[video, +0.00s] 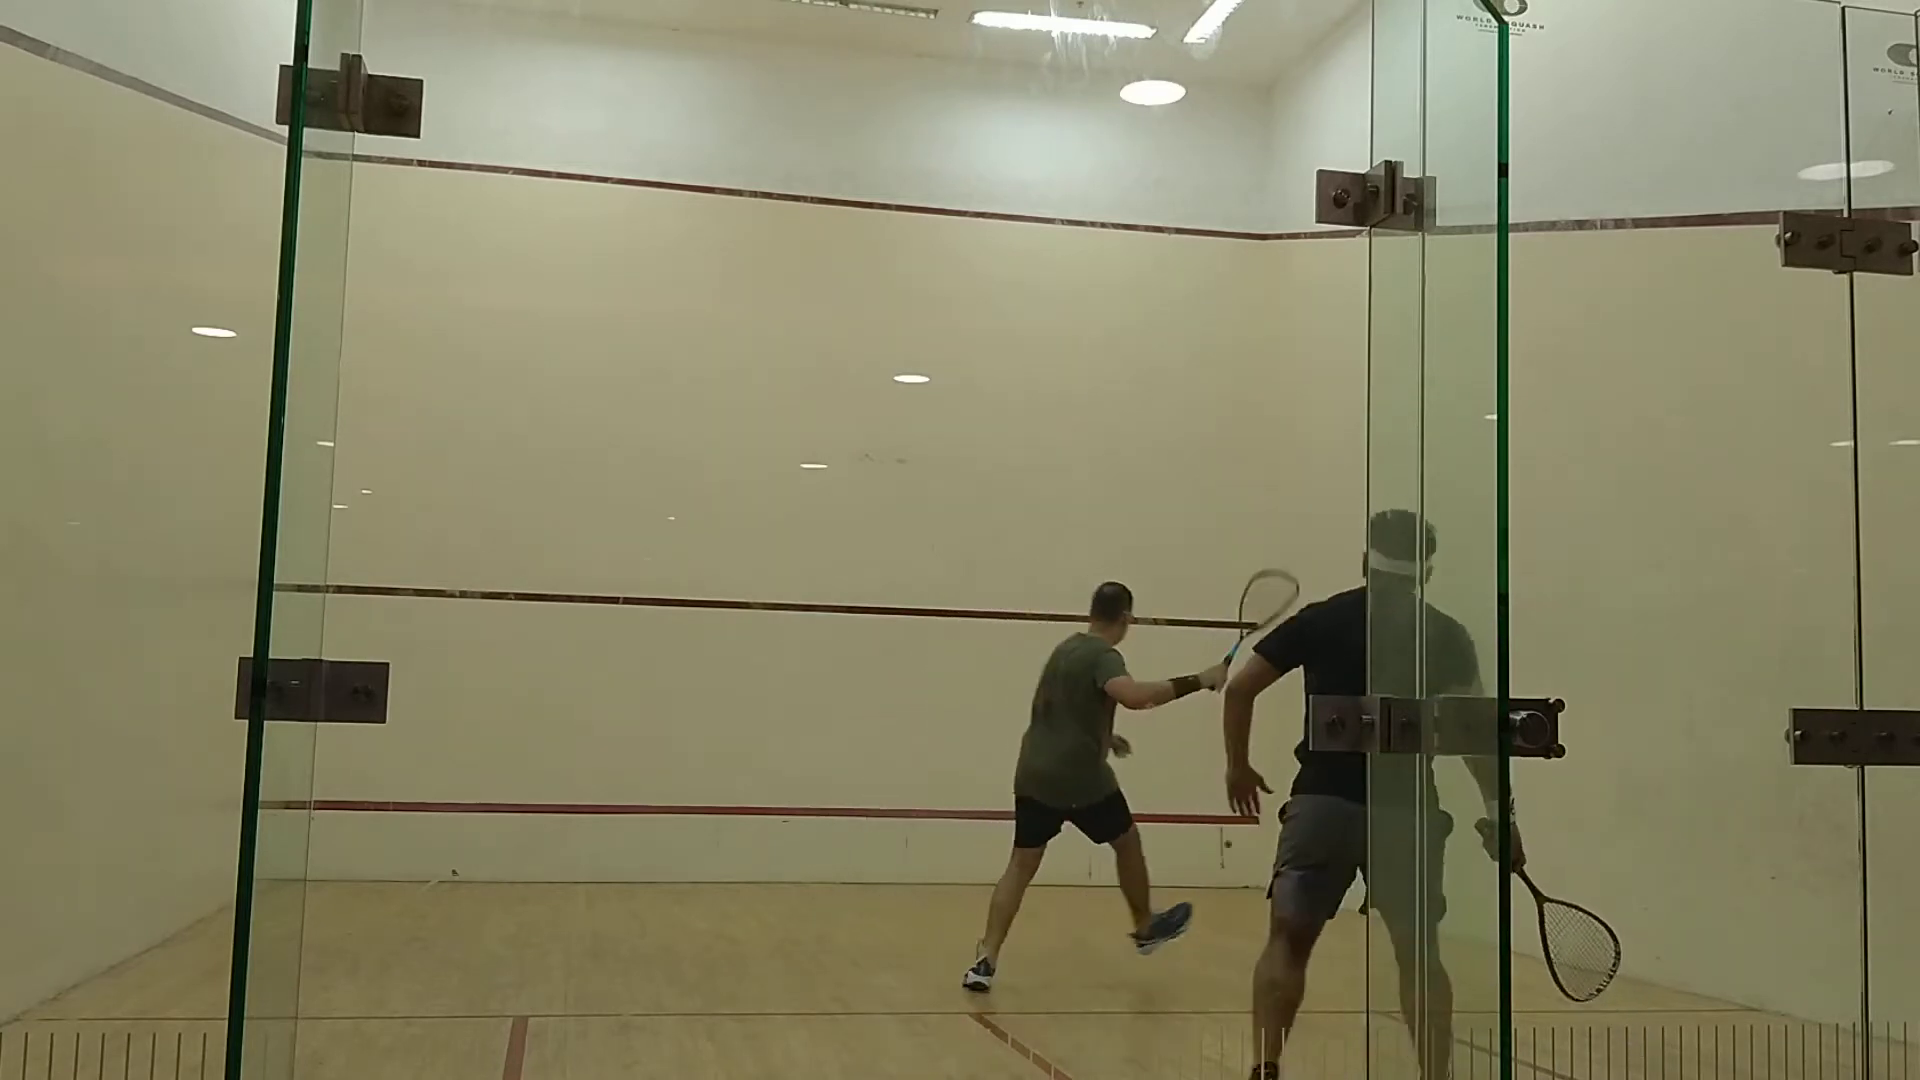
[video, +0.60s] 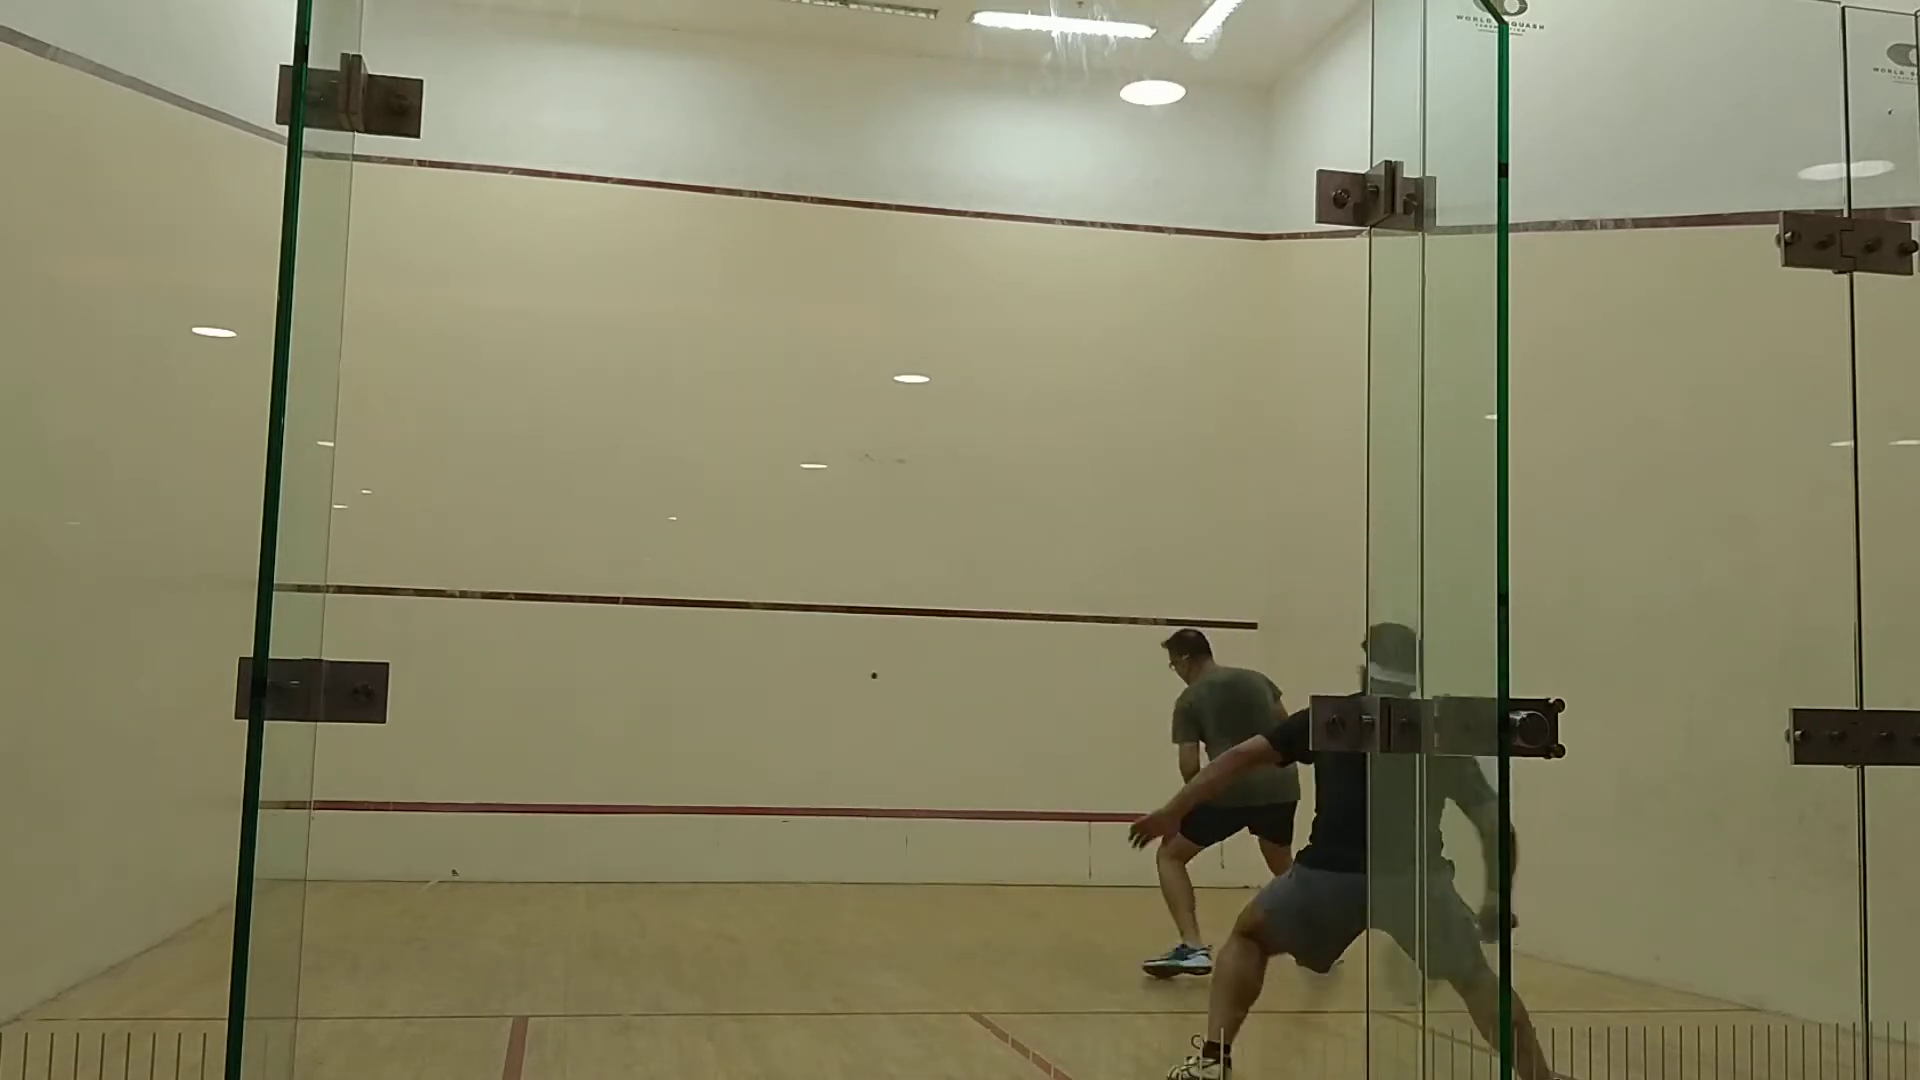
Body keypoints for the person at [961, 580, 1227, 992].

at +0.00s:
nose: (1130, 626)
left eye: (1129, 619)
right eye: (1130, 619)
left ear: (1091, 613)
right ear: (1125, 618)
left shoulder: (1065, 649)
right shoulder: (1103, 655)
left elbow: (1055, 710)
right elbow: (1134, 697)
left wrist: (1102, 735)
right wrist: (1199, 680)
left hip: (1034, 777)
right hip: (1082, 779)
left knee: (1021, 864)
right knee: (1126, 842)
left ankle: (985, 961)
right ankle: (1145, 925)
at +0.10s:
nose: (1170, 649)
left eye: (1170, 643)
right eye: (1171, 643)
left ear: (1134, 637)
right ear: (1165, 642)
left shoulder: (1105, 669)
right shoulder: (1138, 680)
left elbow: (1097, 723)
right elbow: (1179, 716)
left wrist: (1142, 748)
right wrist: (1233, 681)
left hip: (1066, 792)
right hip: (1116, 795)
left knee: (1036, 876)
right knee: (1170, 859)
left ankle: (989, 956)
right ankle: (1206, 938)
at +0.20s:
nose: (1212, 670)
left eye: (1210, 662)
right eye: (1212, 664)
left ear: (1177, 657)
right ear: (1206, 666)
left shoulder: (1144, 688)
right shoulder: (1192, 713)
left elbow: (1113, 731)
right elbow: (1244, 752)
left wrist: (1153, 745)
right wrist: (1279, 722)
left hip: (1103, 805)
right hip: (1158, 809)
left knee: (1065, 875)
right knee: (1220, 860)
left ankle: (1007, 938)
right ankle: (1232, 954)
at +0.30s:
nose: (1235, 665)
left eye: (1232, 660)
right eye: (1235, 661)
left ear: (1199, 659)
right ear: (1232, 664)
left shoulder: (1165, 690)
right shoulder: (1237, 711)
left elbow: (1142, 746)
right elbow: (1277, 758)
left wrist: (1132, 795)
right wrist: (1307, 783)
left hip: (1136, 802)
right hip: (1191, 805)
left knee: (1099, 875)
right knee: (1242, 858)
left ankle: (1055, 944)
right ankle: (1232, 952)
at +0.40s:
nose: (1215, 650)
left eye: (1202, 642)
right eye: (1225, 644)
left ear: (1194, 643)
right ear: (1229, 644)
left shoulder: (1174, 683)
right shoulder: (1249, 679)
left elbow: (1159, 748)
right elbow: (1263, 738)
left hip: (1173, 793)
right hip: (1230, 796)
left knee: (1135, 866)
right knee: (1262, 857)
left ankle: (1096, 947)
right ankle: (1236, 944)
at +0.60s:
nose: (1176, 672)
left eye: (1175, 665)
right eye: (1173, 665)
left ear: (1186, 660)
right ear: (1209, 653)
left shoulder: (1190, 699)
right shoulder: (1257, 679)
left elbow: (1190, 767)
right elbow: (1289, 730)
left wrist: (1200, 801)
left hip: (1229, 799)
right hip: (1280, 795)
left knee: (1170, 857)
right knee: (1281, 862)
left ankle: (1192, 946)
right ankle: (1317, 937)